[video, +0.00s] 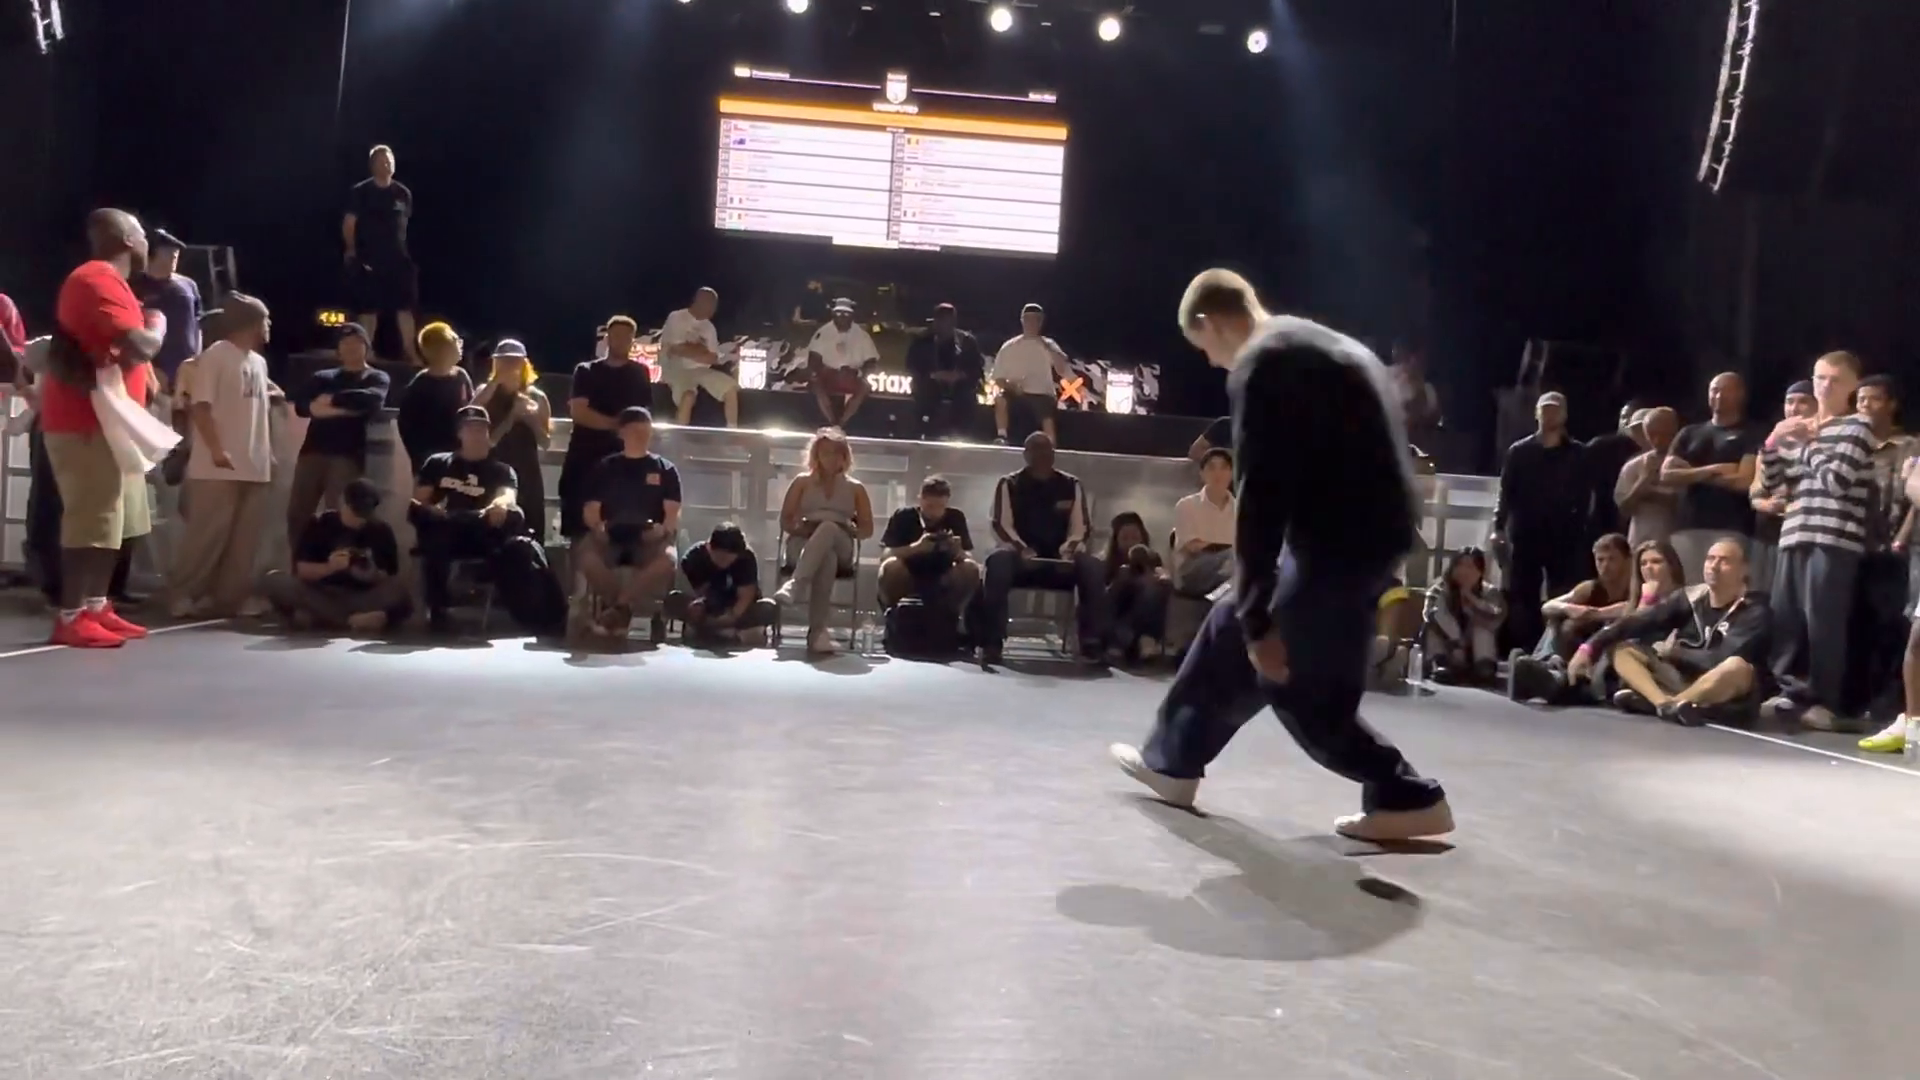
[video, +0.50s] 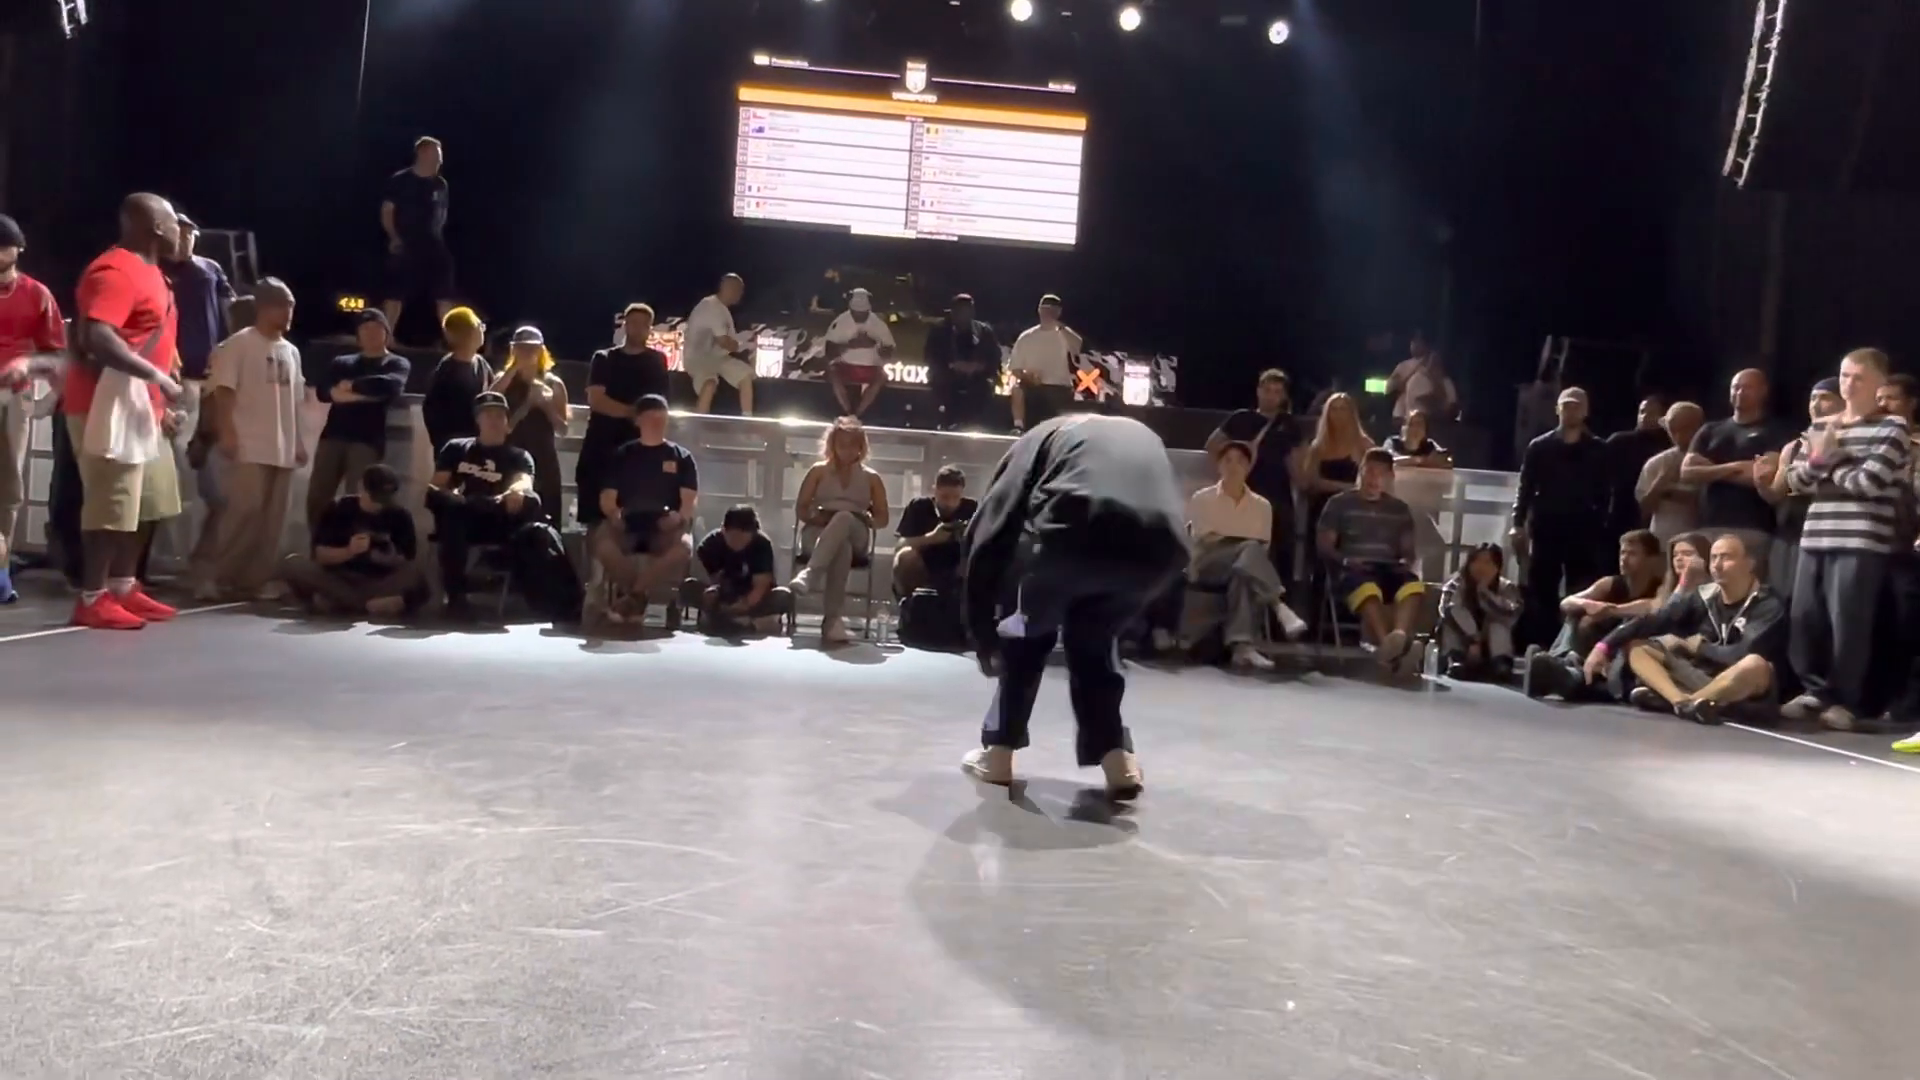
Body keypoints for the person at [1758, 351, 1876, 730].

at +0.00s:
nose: (1821, 386)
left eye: (1830, 380)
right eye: (1819, 378)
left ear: (1850, 387)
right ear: (1813, 383)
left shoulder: (1857, 427)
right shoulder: (1811, 431)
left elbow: (1838, 480)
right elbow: (1778, 483)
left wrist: (1803, 448)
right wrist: (1773, 444)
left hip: (1832, 531)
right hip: (1795, 530)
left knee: (1824, 618)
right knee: (1786, 611)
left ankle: (1828, 702)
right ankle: (1793, 690)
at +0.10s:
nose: (1828, 386)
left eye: (1837, 379)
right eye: (1825, 378)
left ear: (1859, 386)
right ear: (1821, 382)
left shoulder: (1866, 428)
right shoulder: (1817, 428)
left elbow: (1843, 482)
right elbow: (1782, 478)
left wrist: (1813, 445)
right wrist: (1786, 438)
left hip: (1839, 534)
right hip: (1801, 533)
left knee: (1831, 618)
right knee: (1792, 612)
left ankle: (1832, 701)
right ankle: (1797, 689)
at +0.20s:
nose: (1836, 385)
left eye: (1845, 379)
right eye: (1833, 377)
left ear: (1867, 386)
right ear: (1829, 382)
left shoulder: (1875, 429)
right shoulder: (1823, 425)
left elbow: (1849, 482)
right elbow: (1791, 476)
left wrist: (1817, 447)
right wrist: (1799, 440)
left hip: (1847, 537)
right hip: (1807, 535)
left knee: (1837, 619)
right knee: (1797, 612)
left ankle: (1838, 700)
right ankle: (1801, 689)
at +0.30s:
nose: (1841, 384)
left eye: (1851, 378)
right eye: (1839, 376)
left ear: (1873, 385)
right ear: (1835, 381)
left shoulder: (1883, 428)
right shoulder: (1828, 427)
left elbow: (1857, 481)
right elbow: (1799, 476)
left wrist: (1820, 460)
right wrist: (1814, 441)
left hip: (1853, 537)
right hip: (1813, 534)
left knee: (1843, 619)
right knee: (1799, 609)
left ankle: (1844, 700)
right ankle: (1806, 688)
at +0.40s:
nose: (1845, 384)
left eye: (1855, 377)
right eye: (1843, 376)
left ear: (1876, 385)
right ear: (1838, 380)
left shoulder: (1888, 428)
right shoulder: (1829, 427)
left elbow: (1864, 482)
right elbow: (1798, 480)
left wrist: (1824, 461)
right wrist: (1823, 453)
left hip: (1856, 541)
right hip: (1814, 537)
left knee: (1848, 625)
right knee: (1800, 611)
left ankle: (1847, 703)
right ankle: (1811, 689)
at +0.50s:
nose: (1847, 384)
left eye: (1857, 378)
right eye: (1844, 377)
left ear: (1879, 385)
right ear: (1839, 381)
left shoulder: (1893, 429)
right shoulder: (1826, 428)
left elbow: (1870, 481)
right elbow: (1794, 480)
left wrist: (1827, 471)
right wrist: (1823, 455)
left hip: (1859, 539)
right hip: (1815, 537)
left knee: (1849, 621)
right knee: (1804, 614)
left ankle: (1847, 702)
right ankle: (1814, 690)